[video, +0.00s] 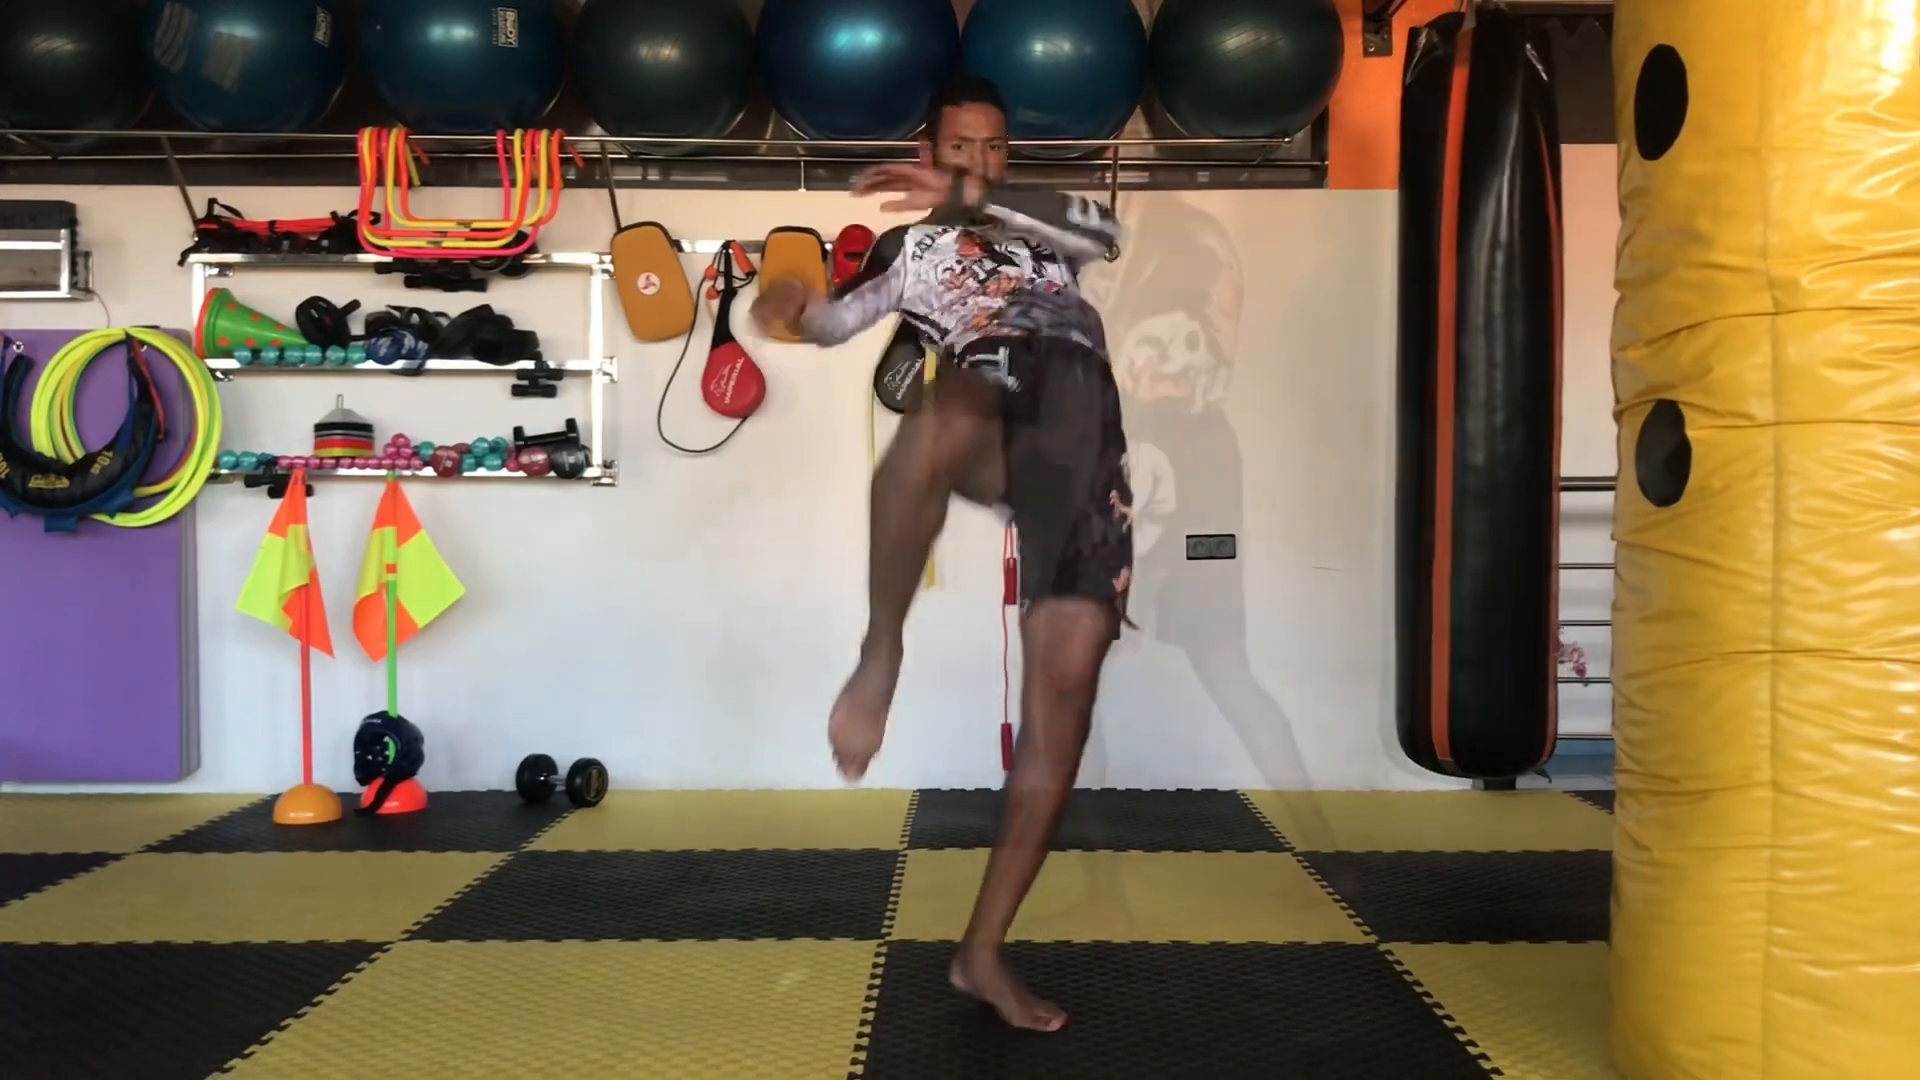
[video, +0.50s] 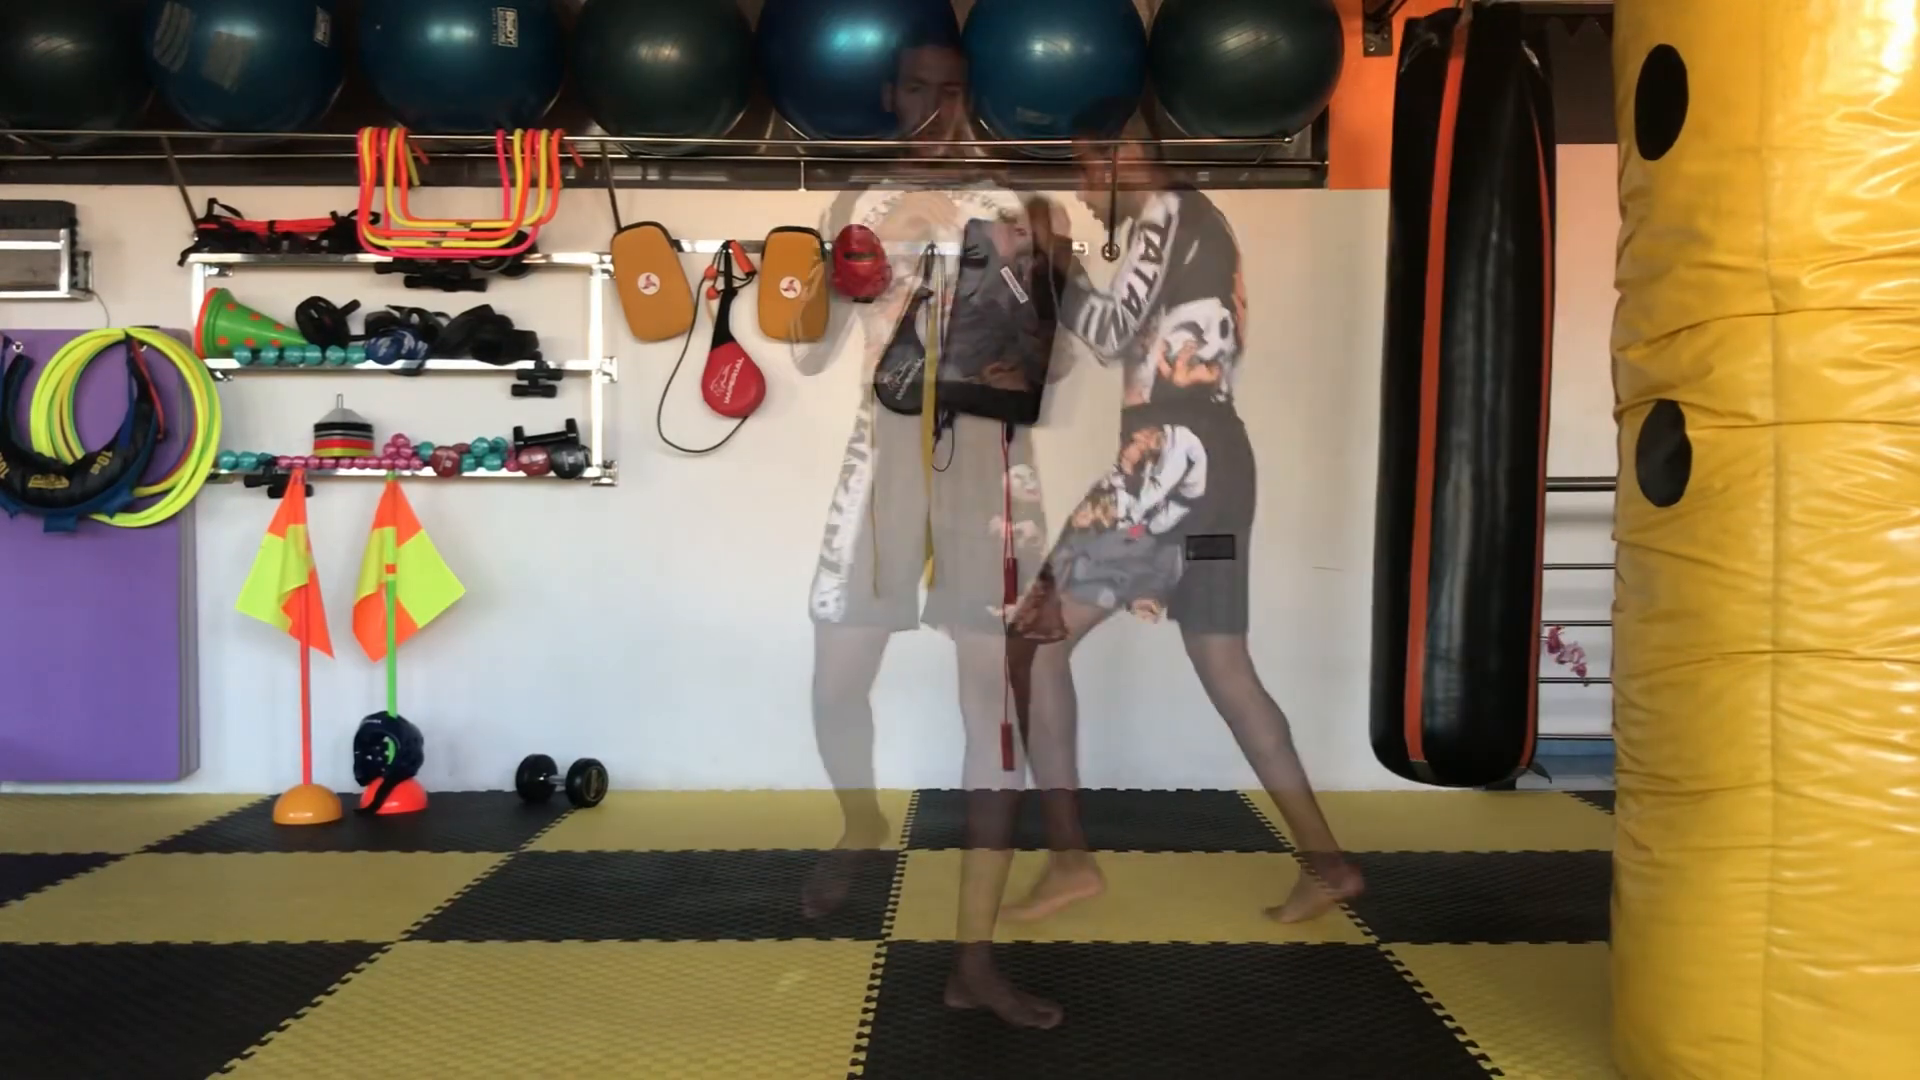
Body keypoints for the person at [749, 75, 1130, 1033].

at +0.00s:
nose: (976, 159)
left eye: (990, 143)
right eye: (959, 143)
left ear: (1010, 154)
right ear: (927, 154)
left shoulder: (1050, 228)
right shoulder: (910, 252)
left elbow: (1106, 232)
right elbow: (828, 322)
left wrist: (966, 197)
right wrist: (784, 303)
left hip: (1084, 446)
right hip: (992, 432)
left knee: (1061, 717)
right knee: (941, 411)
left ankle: (981, 948)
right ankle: (880, 653)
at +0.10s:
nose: (972, 138)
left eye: (988, 124)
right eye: (957, 122)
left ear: (1007, 132)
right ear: (927, 129)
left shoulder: (1051, 216)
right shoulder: (901, 218)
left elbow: (1131, 276)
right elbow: (838, 306)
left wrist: (1036, 216)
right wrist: (858, 223)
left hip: (1069, 439)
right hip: (964, 424)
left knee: (1041, 710)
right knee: (923, 540)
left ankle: (980, 954)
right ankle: (877, 740)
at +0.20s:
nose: (970, 120)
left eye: (985, 105)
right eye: (953, 104)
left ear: (1005, 114)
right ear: (923, 114)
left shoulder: (1047, 209)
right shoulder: (900, 210)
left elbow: (1131, 322)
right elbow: (836, 314)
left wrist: (1074, 252)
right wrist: (873, 230)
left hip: (1051, 454)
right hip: (945, 443)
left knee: (1022, 707)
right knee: (904, 651)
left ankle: (978, 958)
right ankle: (876, 814)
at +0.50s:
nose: (931, 108)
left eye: (947, 89)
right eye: (914, 89)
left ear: (974, 97)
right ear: (889, 97)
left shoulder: (1022, 209)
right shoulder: (865, 207)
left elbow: (1092, 330)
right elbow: (805, 350)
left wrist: (1046, 263)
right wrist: (827, 286)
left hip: (991, 469)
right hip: (883, 467)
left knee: (994, 708)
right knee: (836, 692)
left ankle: (976, 957)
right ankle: (864, 837)